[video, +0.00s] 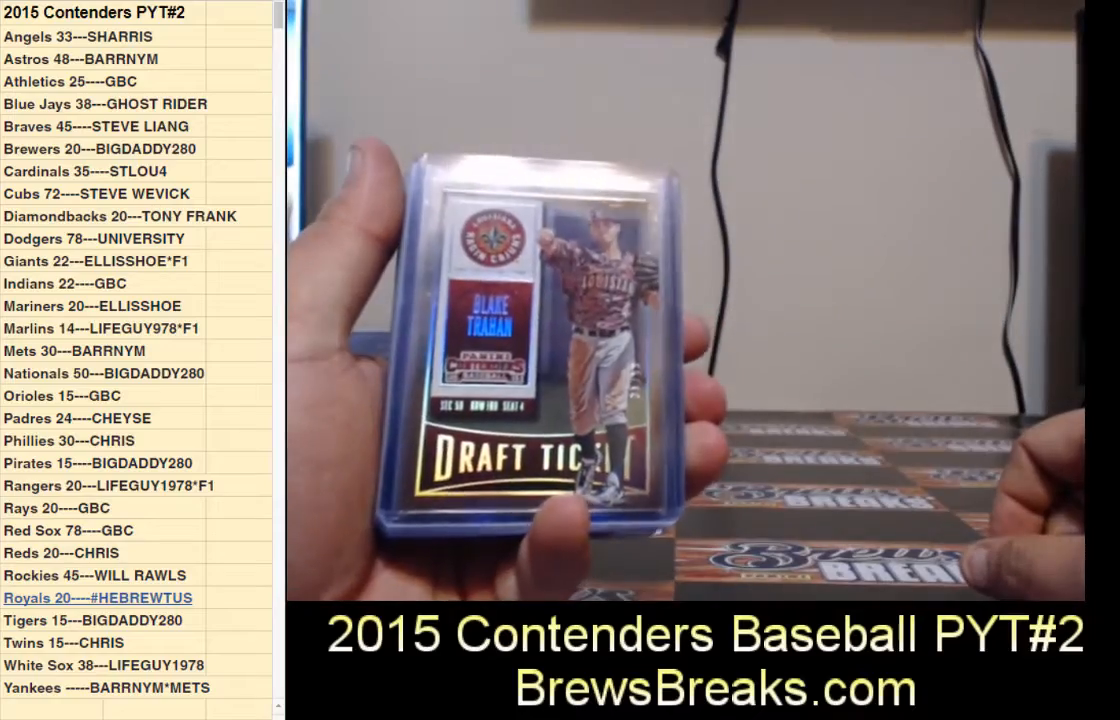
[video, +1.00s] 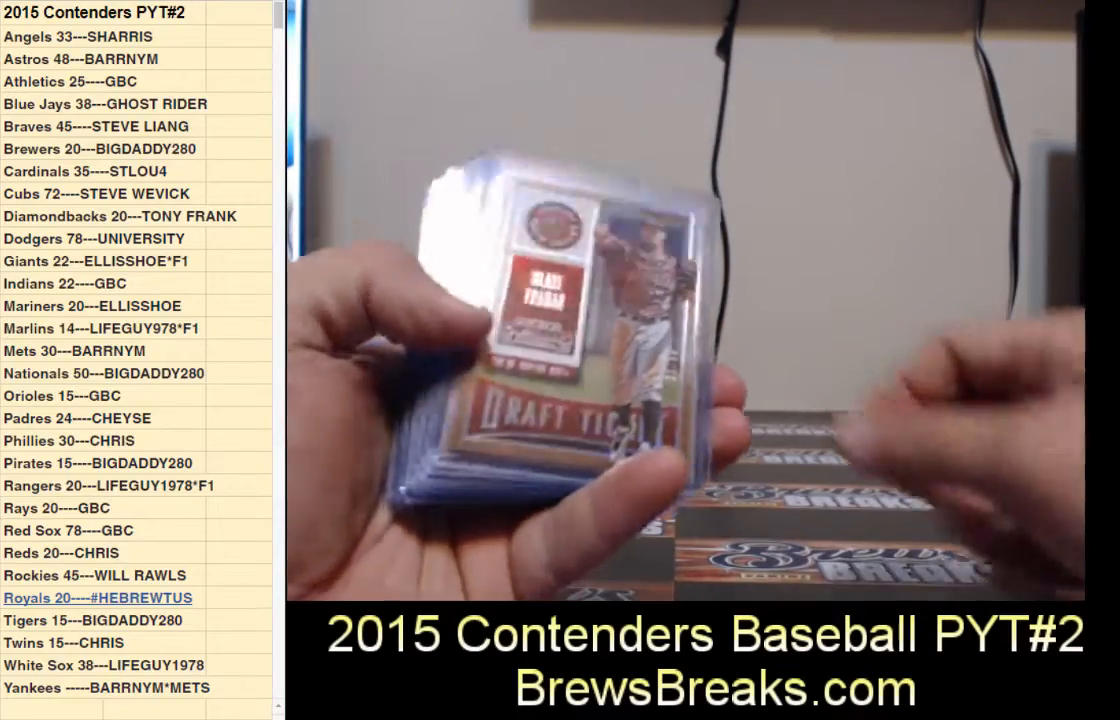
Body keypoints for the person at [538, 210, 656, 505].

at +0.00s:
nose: (601, 230)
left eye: (607, 224)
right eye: (596, 224)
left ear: (618, 228)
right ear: (590, 228)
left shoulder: (631, 263)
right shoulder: (577, 255)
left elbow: (654, 302)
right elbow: (555, 248)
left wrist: (653, 279)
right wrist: (548, 241)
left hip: (618, 340)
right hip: (583, 339)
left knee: (614, 409)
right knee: (581, 410)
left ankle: (616, 479)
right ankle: (589, 460)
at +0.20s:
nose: (599, 231)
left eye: (605, 225)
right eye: (594, 225)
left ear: (615, 229)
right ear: (588, 229)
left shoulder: (629, 264)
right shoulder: (575, 256)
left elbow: (652, 303)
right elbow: (553, 248)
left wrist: (650, 281)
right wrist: (545, 242)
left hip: (616, 340)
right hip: (581, 339)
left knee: (612, 409)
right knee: (578, 409)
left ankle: (613, 479)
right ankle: (586, 460)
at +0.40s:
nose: (604, 236)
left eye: (610, 231)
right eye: (600, 231)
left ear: (619, 235)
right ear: (592, 234)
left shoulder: (633, 268)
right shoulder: (580, 262)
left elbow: (655, 307)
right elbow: (561, 255)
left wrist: (654, 286)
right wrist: (555, 252)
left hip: (621, 342)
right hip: (587, 342)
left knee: (617, 409)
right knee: (586, 410)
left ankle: (620, 478)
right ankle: (593, 459)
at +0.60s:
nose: (604, 240)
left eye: (610, 235)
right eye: (600, 234)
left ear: (619, 239)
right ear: (593, 237)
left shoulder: (631, 270)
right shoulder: (581, 262)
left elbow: (651, 304)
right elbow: (565, 255)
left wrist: (652, 289)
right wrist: (559, 251)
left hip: (621, 336)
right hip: (588, 335)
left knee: (617, 397)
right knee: (587, 397)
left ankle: (618, 459)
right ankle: (591, 452)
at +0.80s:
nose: (629, 239)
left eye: (635, 234)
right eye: (625, 233)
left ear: (644, 240)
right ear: (620, 237)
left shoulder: (653, 270)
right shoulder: (605, 259)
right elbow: (578, 248)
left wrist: (680, 290)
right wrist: (581, 246)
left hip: (636, 336)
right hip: (604, 334)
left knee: (629, 399)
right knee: (599, 397)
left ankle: (626, 462)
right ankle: (598, 457)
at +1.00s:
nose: (649, 234)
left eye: (655, 230)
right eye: (646, 229)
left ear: (664, 235)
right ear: (640, 232)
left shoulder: (672, 265)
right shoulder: (628, 254)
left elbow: (683, 296)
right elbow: (604, 241)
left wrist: (690, 283)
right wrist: (604, 238)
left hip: (658, 323)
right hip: (627, 321)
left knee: (652, 386)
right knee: (623, 383)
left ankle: (648, 443)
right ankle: (623, 436)